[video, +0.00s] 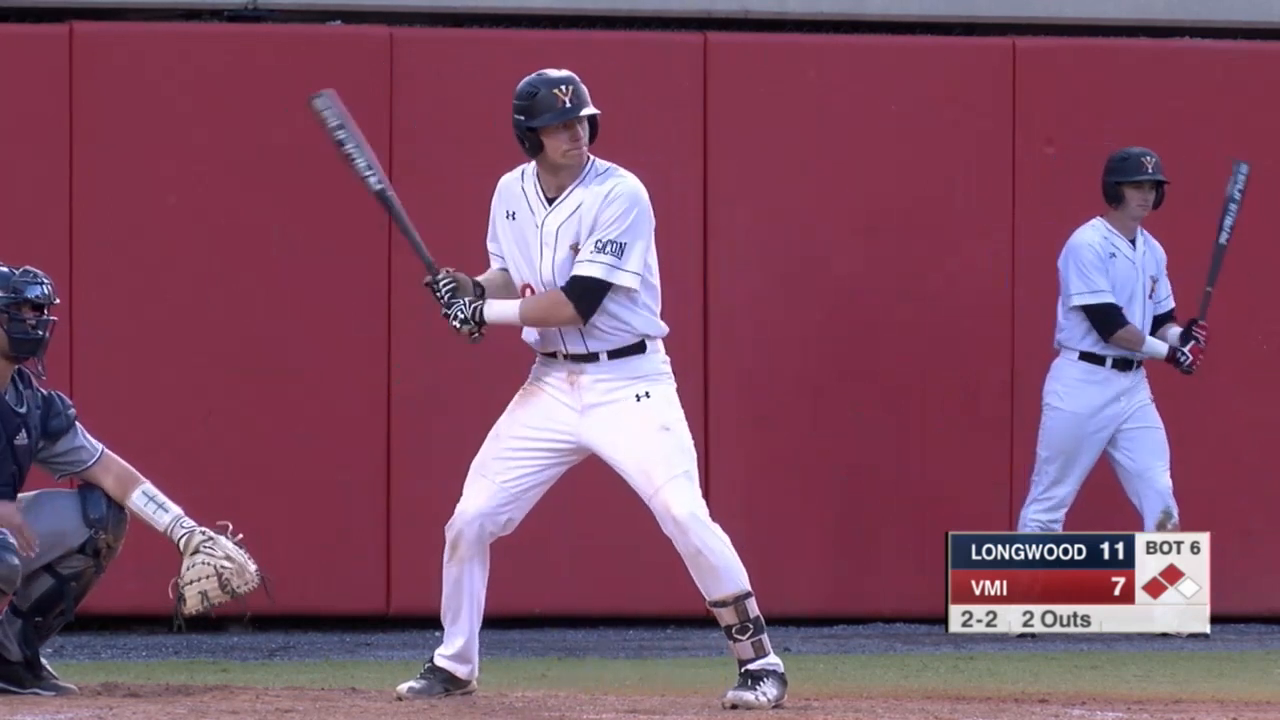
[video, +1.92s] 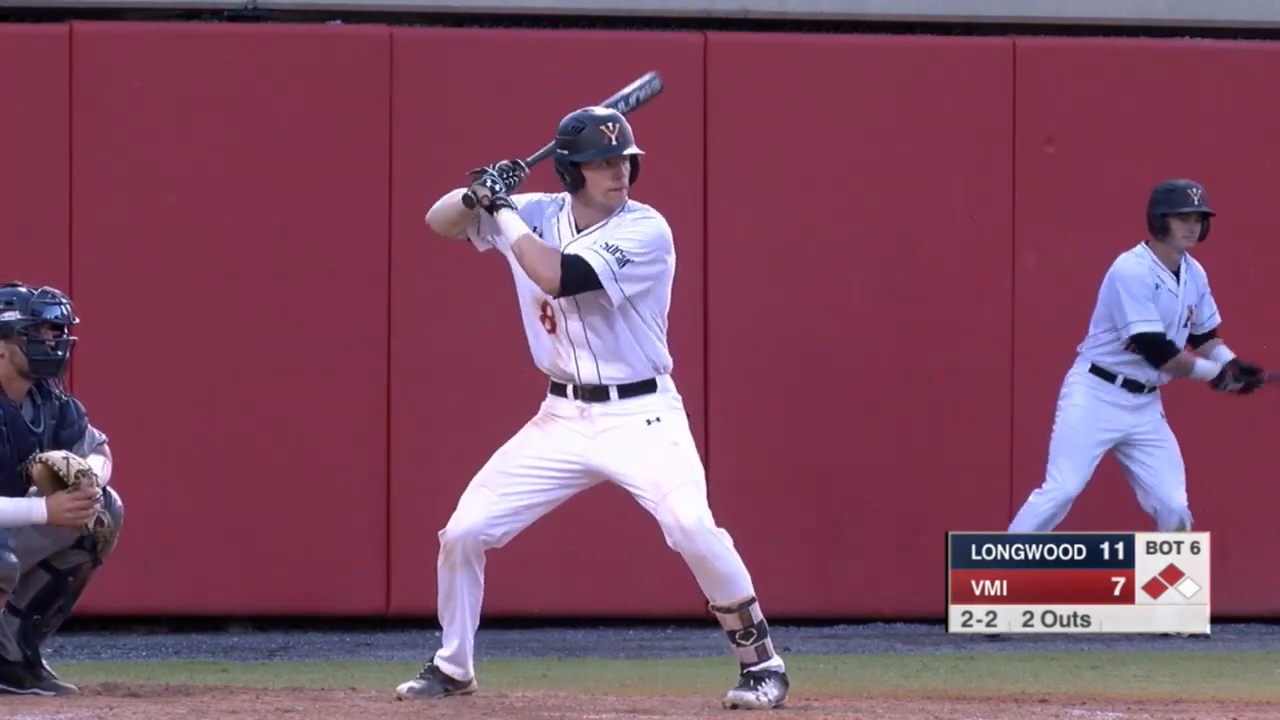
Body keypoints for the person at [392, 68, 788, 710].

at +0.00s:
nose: (577, 134)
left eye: (582, 122)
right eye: (562, 126)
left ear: (591, 122)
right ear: (530, 133)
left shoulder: (622, 192)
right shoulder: (510, 193)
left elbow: (576, 304)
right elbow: (511, 271)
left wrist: (486, 310)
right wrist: (472, 291)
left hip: (630, 382)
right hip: (550, 382)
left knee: (681, 510)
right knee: (470, 520)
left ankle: (759, 664)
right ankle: (454, 665)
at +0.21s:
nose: (582, 140)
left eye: (587, 127)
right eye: (567, 132)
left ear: (597, 127)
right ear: (538, 141)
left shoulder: (636, 194)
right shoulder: (514, 215)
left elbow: (629, 305)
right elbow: (518, 315)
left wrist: (548, 350)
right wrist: (514, 354)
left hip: (645, 389)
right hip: (559, 394)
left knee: (690, 514)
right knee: (478, 525)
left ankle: (761, 665)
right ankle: (454, 666)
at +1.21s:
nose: (589, 152)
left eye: (594, 140)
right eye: (574, 143)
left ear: (602, 141)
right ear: (542, 149)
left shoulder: (626, 214)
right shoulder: (508, 215)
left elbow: (582, 323)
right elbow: (467, 285)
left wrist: (489, 330)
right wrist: (452, 298)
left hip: (631, 401)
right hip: (547, 402)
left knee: (682, 518)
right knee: (461, 524)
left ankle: (760, 665)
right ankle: (453, 667)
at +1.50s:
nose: (604, 161)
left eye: (608, 150)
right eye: (588, 152)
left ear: (616, 151)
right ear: (557, 158)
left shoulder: (634, 218)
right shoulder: (523, 210)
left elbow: (552, 291)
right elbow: (445, 245)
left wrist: (476, 246)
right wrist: (458, 220)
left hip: (639, 410)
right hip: (556, 411)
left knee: (687, 523)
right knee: (464, 529)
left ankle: (762, 665)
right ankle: (452, 667)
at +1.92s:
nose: (621, 174)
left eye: (625, 162)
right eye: (606, 165)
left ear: (631, 163)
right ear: (571, 170)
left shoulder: (647, 230)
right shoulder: (534, 214)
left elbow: (557, 277)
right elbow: (438, 221)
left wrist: (500, 212)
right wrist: (474, 195)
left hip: (643, 417)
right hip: (561, 418)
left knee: (691, 527)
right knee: (463, 531)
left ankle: (761, 664)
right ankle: (452, 668)